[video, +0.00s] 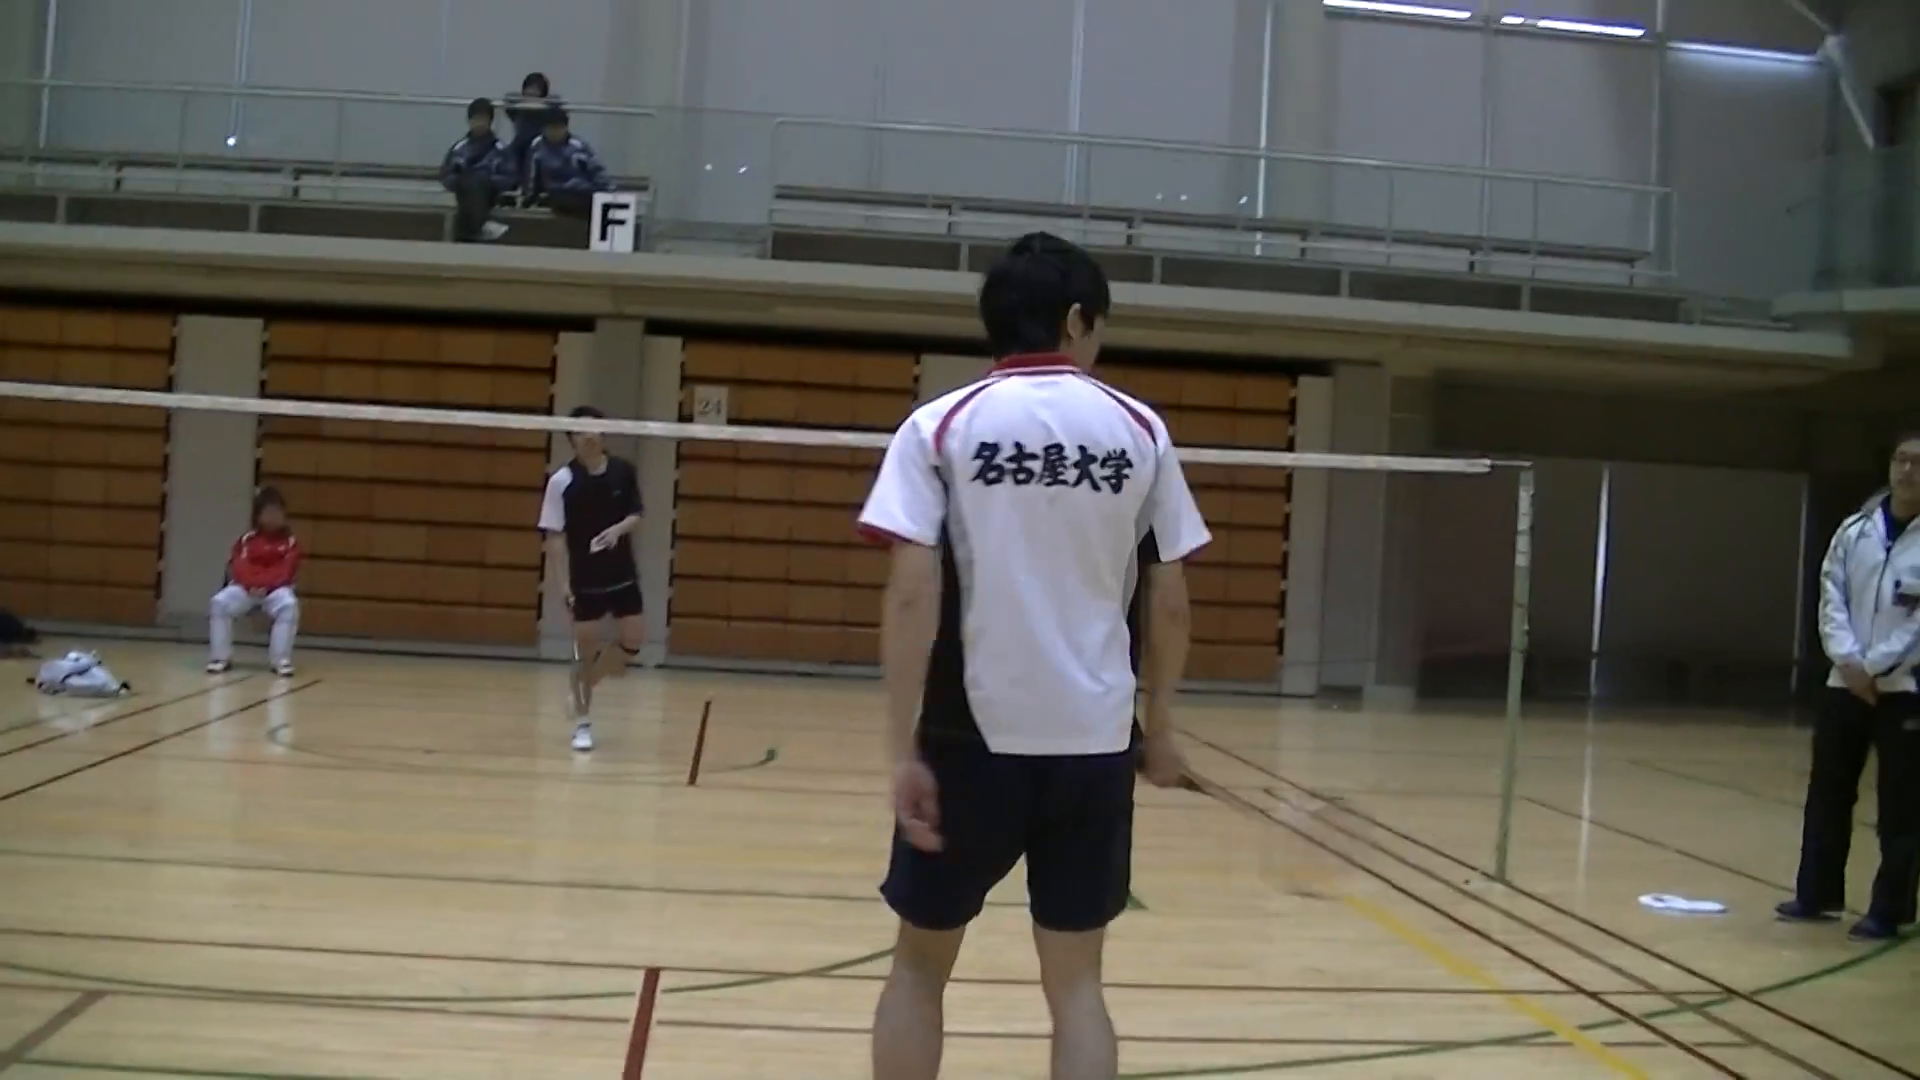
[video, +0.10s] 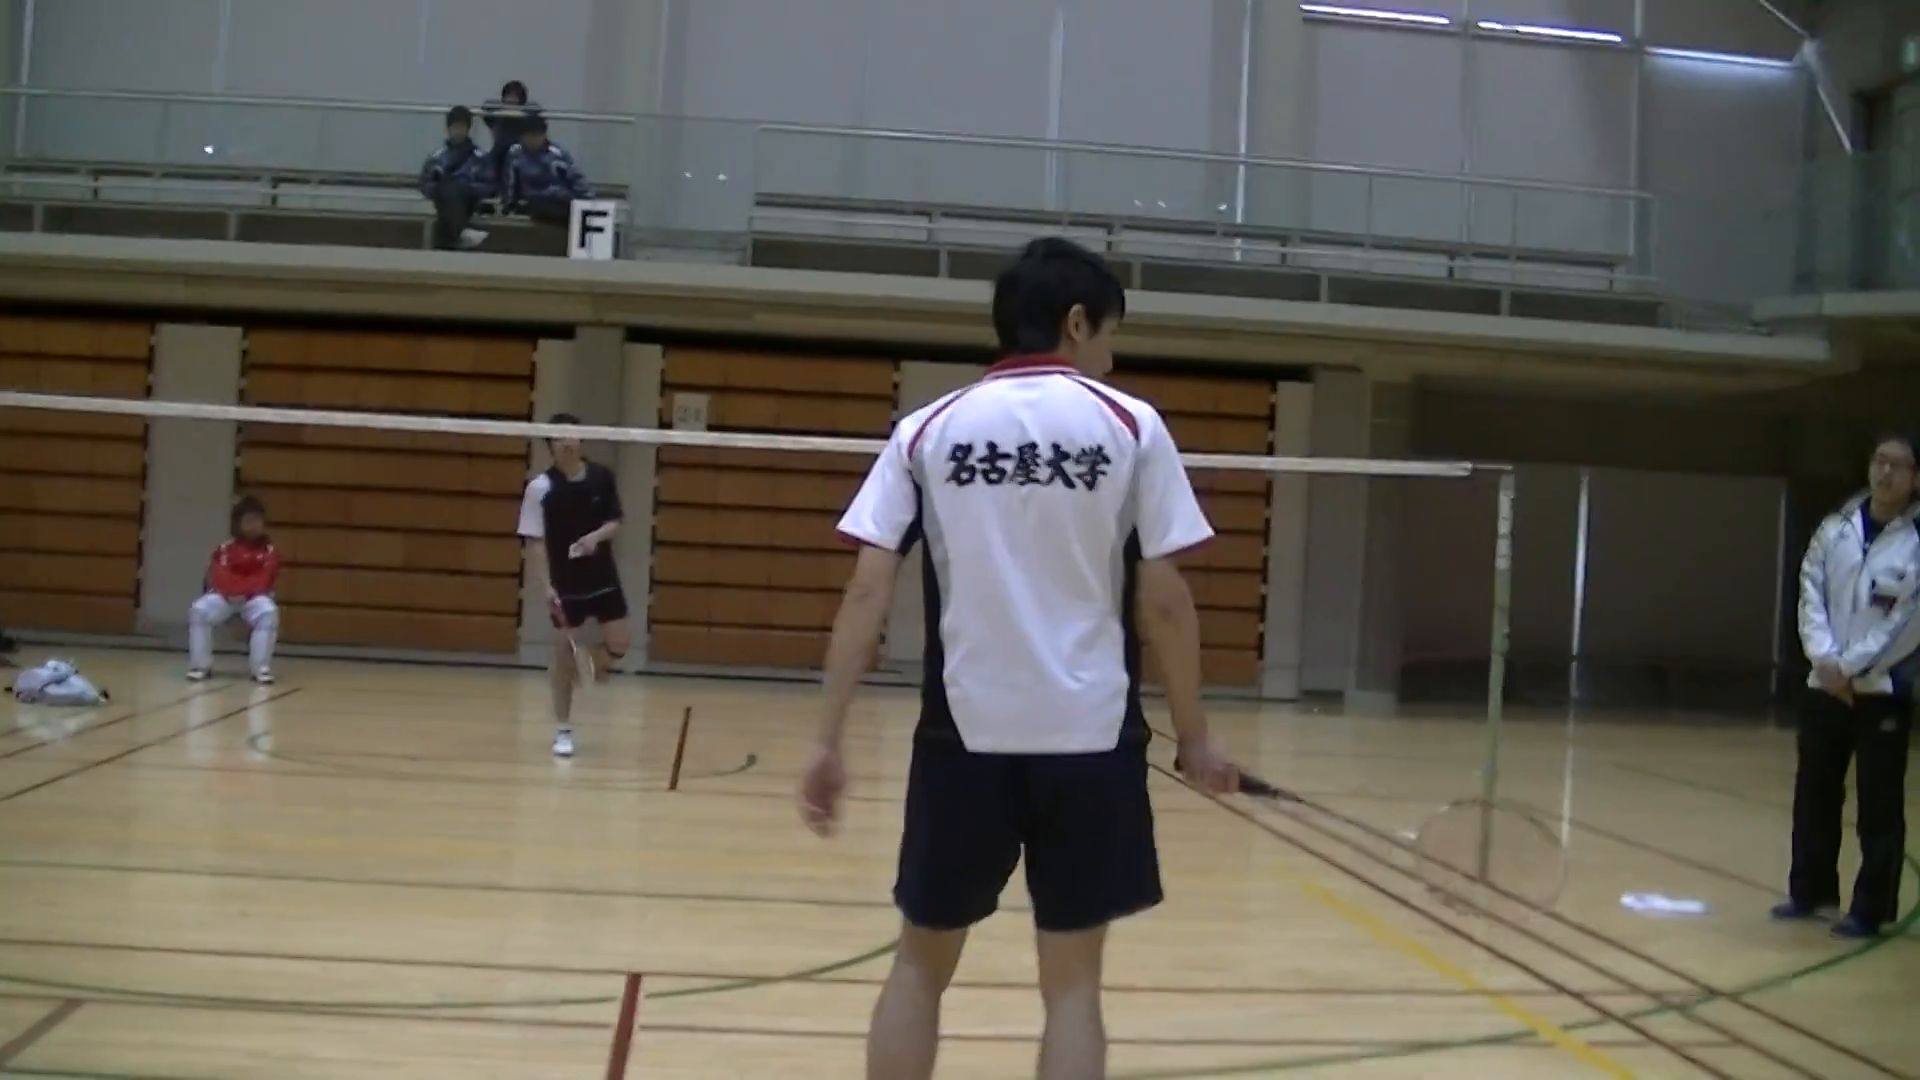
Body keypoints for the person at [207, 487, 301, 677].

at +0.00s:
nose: (273, 519)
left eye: (278, 512)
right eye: (268, 513)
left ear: (284, 515)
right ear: (258, 516)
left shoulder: (289, 543)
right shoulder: (247, 540)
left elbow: (286, 572)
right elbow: (238, 566)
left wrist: (266, 585)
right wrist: (250, 584)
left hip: (275, 588)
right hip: (247, 586)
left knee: (288, 607)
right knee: (220, 603)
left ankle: (281, 659)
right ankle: (220, 658)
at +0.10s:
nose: (254, 526)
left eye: (258, 520)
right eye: (248, 521)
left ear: (263, 523)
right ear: (237, 524)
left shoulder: (268, 552)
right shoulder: (225, 549)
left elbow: (264, 580)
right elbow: (217, 576)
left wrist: (244, 593)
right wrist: (230, 591)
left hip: (254, 595)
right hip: (226, 594)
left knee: (268, 613)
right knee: (199, 611)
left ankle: (261, 667)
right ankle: (200, 666)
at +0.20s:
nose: (232, 516)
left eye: (236, 510)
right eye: (226, 511)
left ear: (242, 513)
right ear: (216, 514)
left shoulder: (248, 541)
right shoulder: (205, 539)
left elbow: (246, 569)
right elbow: (198, 565)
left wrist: (226, 583)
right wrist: (209, 582)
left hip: (235, 585)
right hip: (206, 584)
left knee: (249, 603)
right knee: (180, 601)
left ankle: (242, 655)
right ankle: (181, 656)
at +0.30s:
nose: (216, 501)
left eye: (220, 495)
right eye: (210, 496)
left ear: (226, 497)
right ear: (200, 499)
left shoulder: (234, 526)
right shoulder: (190, 524)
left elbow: (231, 555)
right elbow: (183, 552)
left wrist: (211, 568)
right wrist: (195, 567)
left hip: (220, 570)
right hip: (191, 570)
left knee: (235, 587)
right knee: (165, 586)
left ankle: (228, 640)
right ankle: (167, 641)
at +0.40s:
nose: (209, 480)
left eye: (213, 473)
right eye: (203, 475)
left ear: (219, 476)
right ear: (193, 479)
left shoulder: (227, 504)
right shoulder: (183, 503)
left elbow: (225, 533)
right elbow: (176, 529)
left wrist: (206, 547)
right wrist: (188, 546)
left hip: (214, 550)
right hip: (185, 549)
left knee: (229, 566)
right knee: (159, 566)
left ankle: (223, 620)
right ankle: (163, 621)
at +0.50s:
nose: (216, 460)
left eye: (220, 454)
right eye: (210, 455)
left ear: (226, 457)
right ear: (201, 459)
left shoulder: (233, 483)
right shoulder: (191, 483)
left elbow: (234, 514)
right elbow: (183, 510)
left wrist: (214, 528)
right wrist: (197, 526)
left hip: (222, 530)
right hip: (194, 530)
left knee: (238, 547)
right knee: (169, 547)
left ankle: (233, 600)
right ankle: (173, 603)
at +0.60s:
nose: (243, 452)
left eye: (248, 446)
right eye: (238, 447)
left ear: (254, 449)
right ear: (229, 450)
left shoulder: (262, 478)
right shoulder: (219, 476)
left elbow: (261, 507)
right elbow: (212, 503)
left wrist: (242, 520)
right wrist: (225, 519)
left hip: (251, 523)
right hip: (222, 523)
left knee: (266, 538)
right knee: (197, 540)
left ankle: (262, 592)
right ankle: (201, 595)